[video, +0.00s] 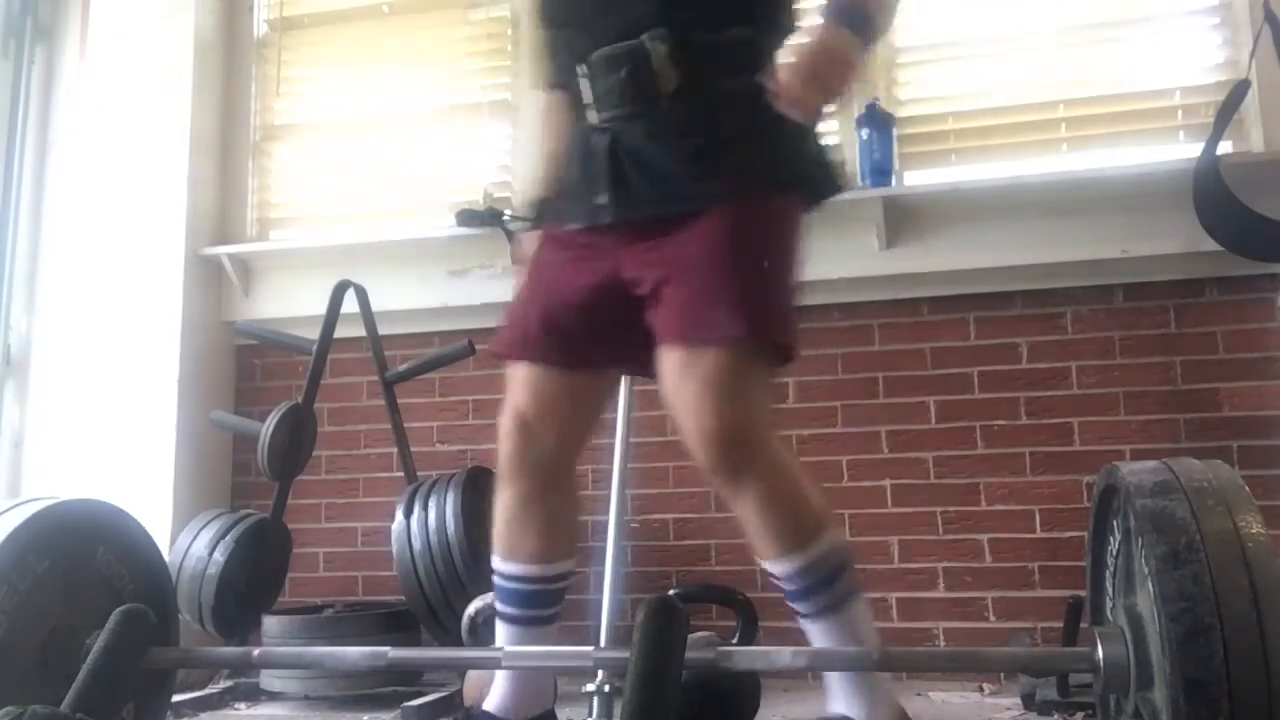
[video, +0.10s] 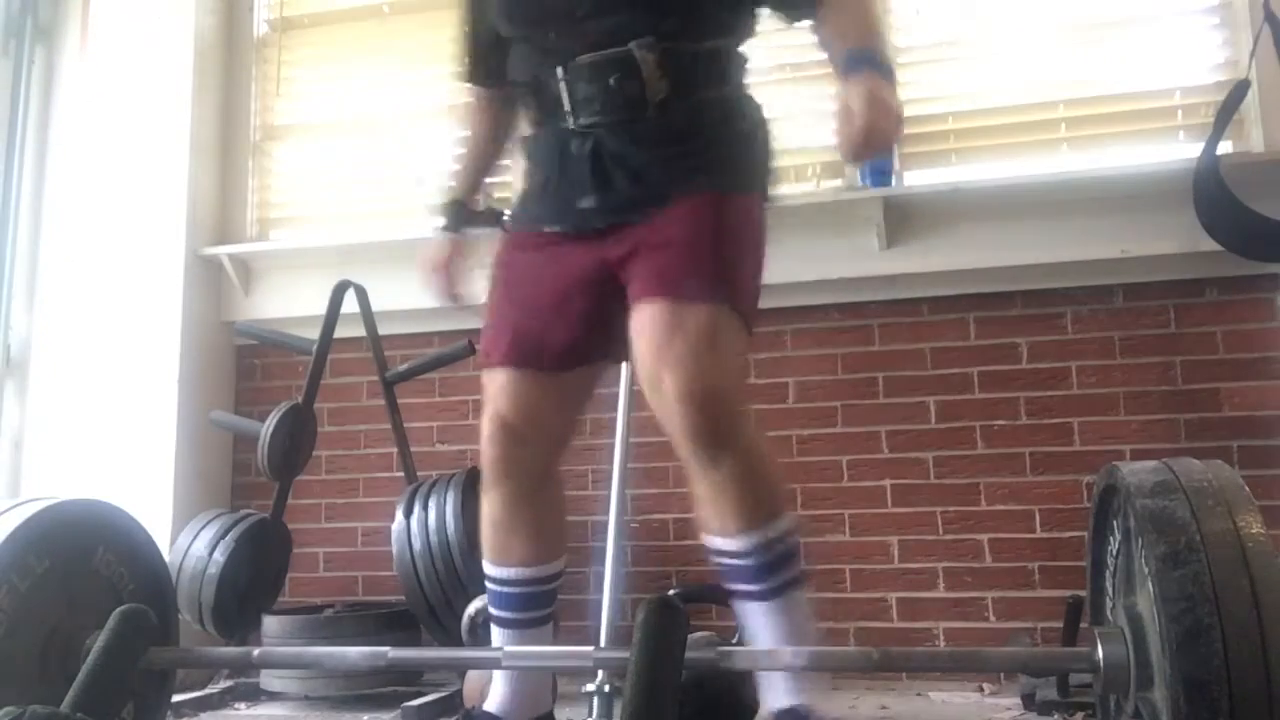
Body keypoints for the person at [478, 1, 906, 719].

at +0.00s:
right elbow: (565, 68)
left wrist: (840, 34)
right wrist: (546, 198)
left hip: (723, 166)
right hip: (594, 176)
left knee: (722, 429)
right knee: (529, 436)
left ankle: (862, 696)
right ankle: (521, 692)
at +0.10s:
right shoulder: (498, 11)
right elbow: (494, 85)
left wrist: (862, 65)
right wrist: (457, 210)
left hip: (690, 147)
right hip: (559, 166)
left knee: (697, 406)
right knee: (511, 435)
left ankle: (788, 692)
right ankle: (516, 696)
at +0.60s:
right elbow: (436, 3)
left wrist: (888, 84)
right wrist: (382, 135)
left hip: (664, 145)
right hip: (516, 147)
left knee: (658, 413)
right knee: (433, 402)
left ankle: (696, 698)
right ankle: (482, 678)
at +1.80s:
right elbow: (365, 0)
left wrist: (875, 64)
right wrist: (314, 123)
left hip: (644, 135)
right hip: (480, 135)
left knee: (652, 413)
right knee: (439, 415)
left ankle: (699, 699)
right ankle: (446, 702)